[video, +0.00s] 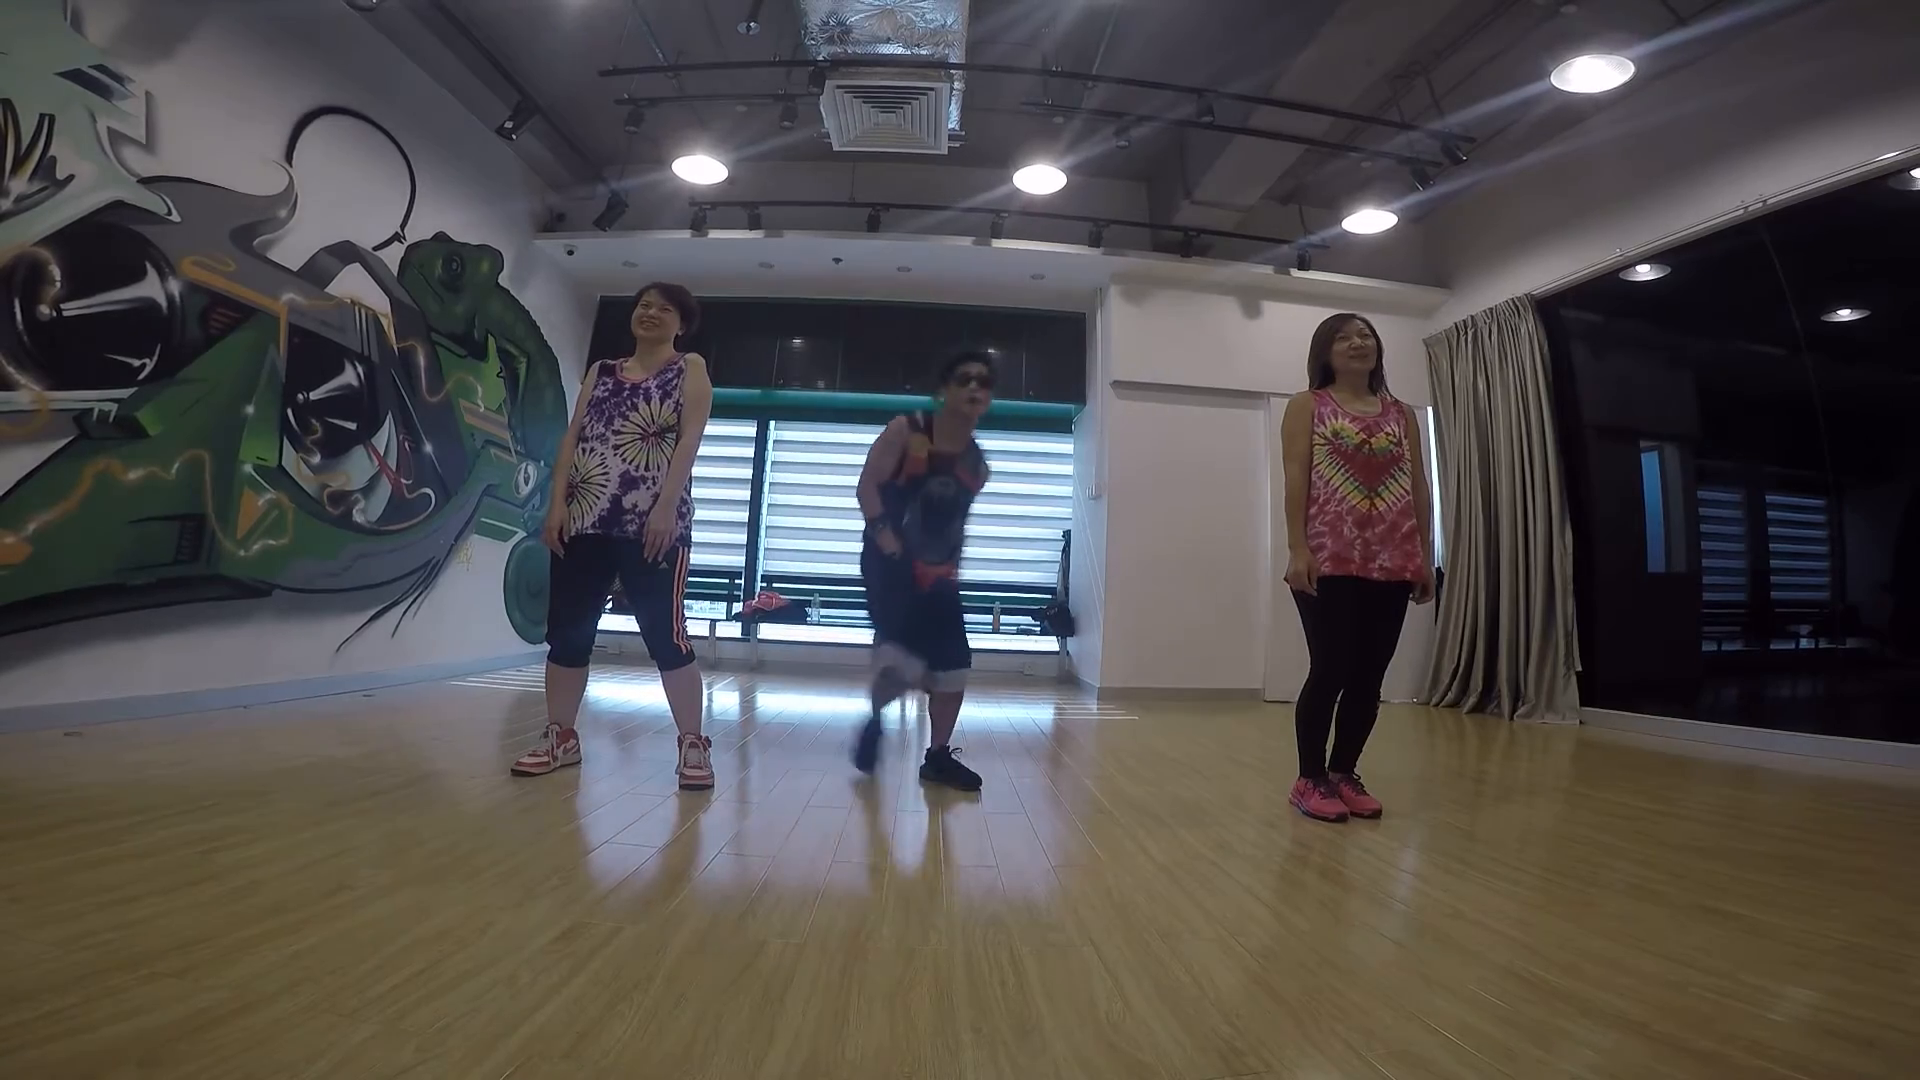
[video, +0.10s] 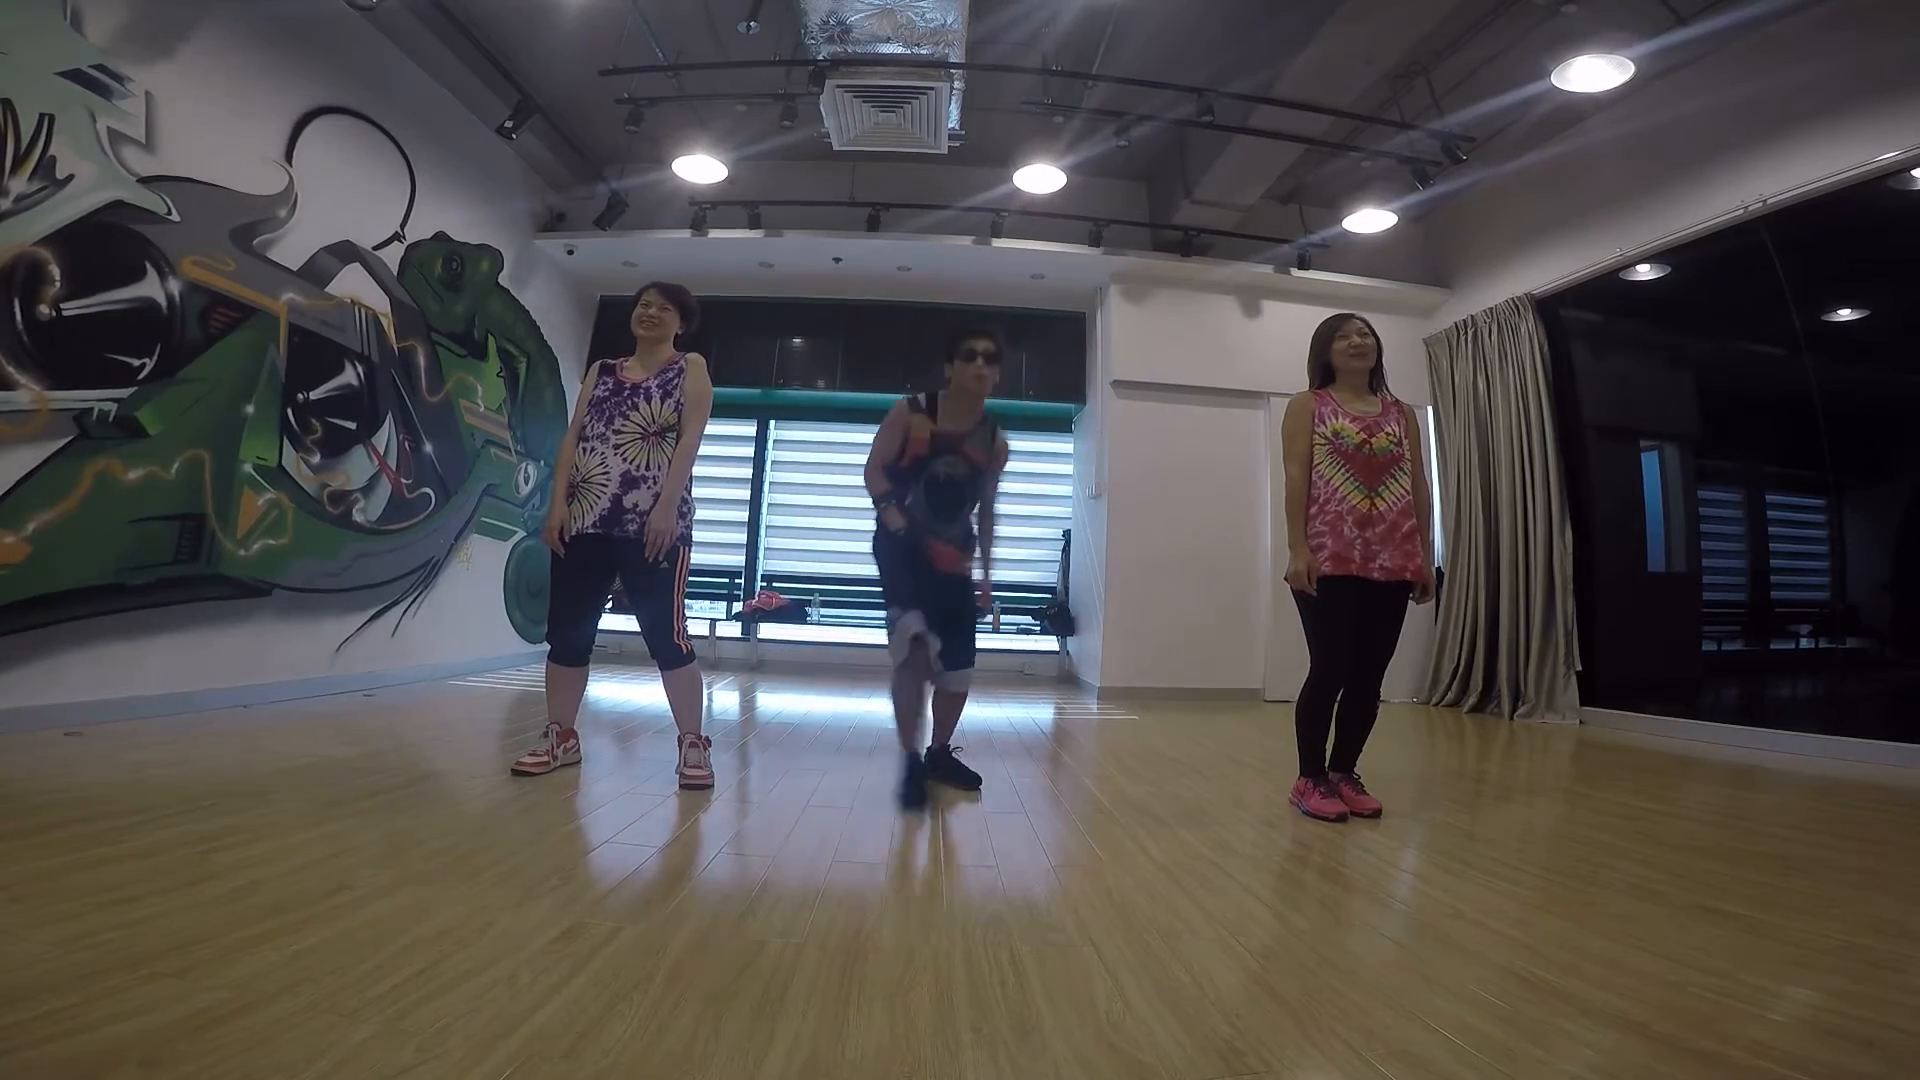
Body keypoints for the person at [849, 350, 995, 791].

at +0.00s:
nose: (975, 388)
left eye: (983, 382)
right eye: (965, 380)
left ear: (991, 395)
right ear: (945, 389)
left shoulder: (977, 463)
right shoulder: (905, 431)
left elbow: (954, 519)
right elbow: (867, 485)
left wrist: (950, 562)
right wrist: (881, 532)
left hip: (939, 566)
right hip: (890, 556)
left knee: (953, 662)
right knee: (902, 657)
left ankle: (938, 755)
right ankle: (874, 724)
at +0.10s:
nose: (980, 368)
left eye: (990, 360)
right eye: (969, 358)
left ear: (998, 373)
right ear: (949, 365)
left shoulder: (994, 441)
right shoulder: (910, 412)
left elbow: (986, 510)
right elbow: (873, 470)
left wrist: (985, 576)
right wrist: (888, 508)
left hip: (952, 551)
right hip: (902, 542)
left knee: (959, 659)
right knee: (915, 648)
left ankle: (939, 752)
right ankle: (911, 764)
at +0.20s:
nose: (982, 353)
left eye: (991, 345)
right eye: (970, 343)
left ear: (1001, 359)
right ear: (948, 353)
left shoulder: (1007, 425)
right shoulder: (911, 411)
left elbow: (1016, 498)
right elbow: (884, 473)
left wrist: (1022, 563)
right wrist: (900, 513)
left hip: (971, 552)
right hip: (916, 545)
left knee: (966, 666)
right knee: (928, 650)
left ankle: (937, 755)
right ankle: (944, 771)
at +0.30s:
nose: (979, 351)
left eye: (989, 344)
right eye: (967, 342)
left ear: (999, 357)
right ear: (944, 352)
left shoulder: (1016, 422)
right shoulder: (912, 419)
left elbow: (1041, 497)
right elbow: (898, 491)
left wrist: (1060, 565)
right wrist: (920, 534)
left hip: (992, 560)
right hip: (937, 555)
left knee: (981, 684)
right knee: (947, 662)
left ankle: (939, 751)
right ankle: (964, 794)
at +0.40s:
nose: (975, 341)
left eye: (986, 335)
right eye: (963, 333)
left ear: (997, 349)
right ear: (939, 345)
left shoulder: (1023, 409)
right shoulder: (916, 422)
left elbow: (1059, 485)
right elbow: (912, 496)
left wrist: (1089, 556)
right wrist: (932, 528)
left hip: (1010, 556)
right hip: (953, 553)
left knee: (998, 682)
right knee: (969, 668)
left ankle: (947, 739)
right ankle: (968, 804)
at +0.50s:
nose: (976, 339)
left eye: (987, 331)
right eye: (964, 329)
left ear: (999, 345)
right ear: (939, 341)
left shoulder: (1030, 398)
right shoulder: (919, 426)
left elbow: (1078, 477)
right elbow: (922, 505)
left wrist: (1109, 553)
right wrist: (944, 531)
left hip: (1030, 557)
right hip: (968, 557)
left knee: (1018, 690)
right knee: (993, 674)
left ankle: (958, 743)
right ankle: (974, 809)